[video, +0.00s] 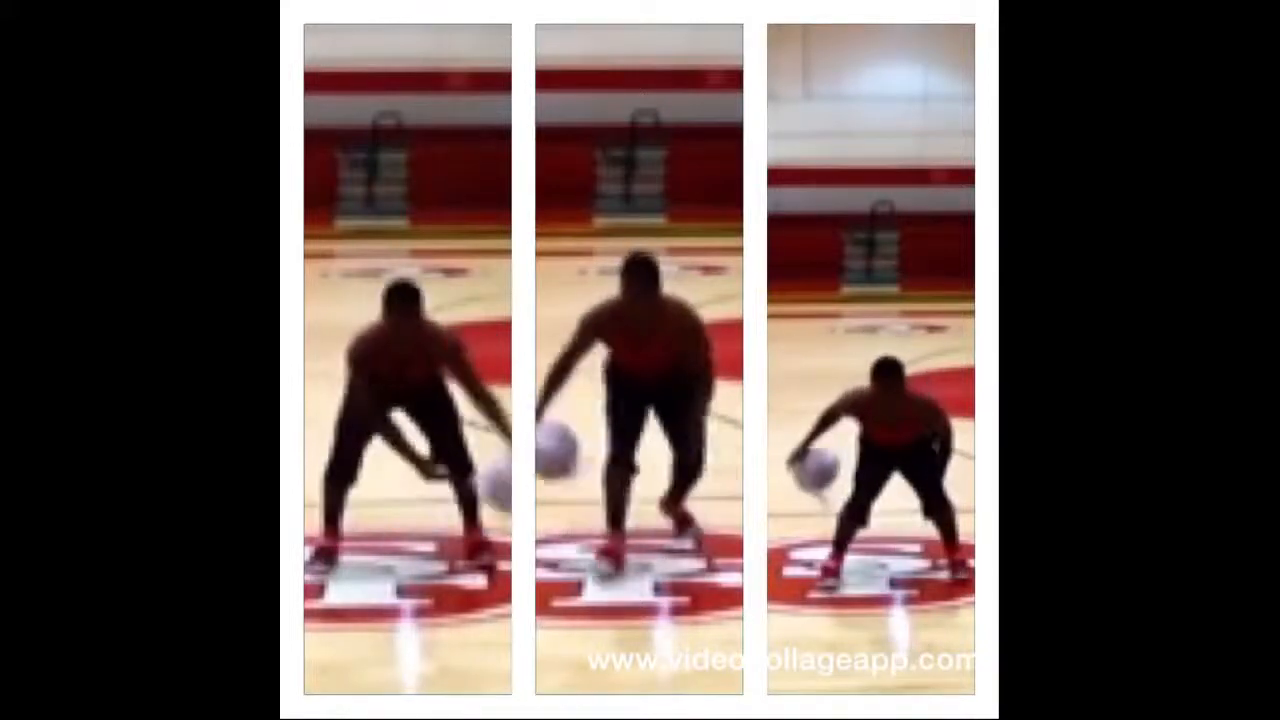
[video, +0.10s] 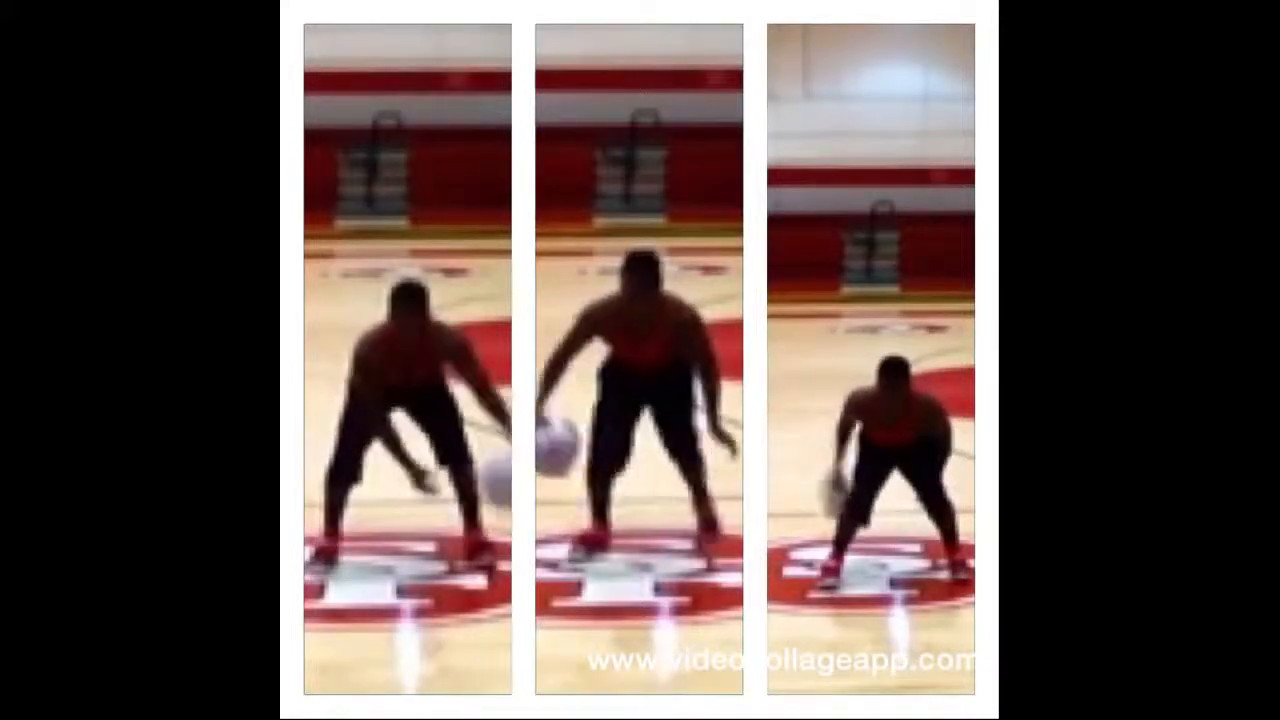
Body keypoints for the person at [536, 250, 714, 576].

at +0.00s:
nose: (638, 301)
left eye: (644, 294)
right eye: (632, 293)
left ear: (656, 290)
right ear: (622, 288)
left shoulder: (681, 319)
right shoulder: (606, 318)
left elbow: (704, 371)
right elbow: (566, 362)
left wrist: (698, 408)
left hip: (675, 385)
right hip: (627, 385)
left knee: (692, 460)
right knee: (620, 460)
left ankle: (673, 503)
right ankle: (615, 536)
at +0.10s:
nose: (637, 301)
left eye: (645, 292)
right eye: (631, 291)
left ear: (658, 288)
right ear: (622, 285)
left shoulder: (681, 317)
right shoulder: (602, 315)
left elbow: (708, 367)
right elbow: (563, 356)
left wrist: (713, 420)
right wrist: (539, 403)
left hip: (670, 378)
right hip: (622, 378)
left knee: (684, 450)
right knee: (604, 455)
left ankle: (705, 515)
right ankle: (600, 525)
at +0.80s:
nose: (647, 295)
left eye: (654, 287)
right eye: (642, 286)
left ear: (668, 286)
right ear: (634, 286)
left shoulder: (696, 323)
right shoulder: (623, 321)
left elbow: (703, 388)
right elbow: (604, 360)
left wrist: (684, 429)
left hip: (690, 392)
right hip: (646, 392)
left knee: (710, 469)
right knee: (640, 457)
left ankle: (695, 508)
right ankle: (613, 534)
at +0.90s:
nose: (649, 281)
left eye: (656, 272)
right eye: (643, 273)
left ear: (667, 272)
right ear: (632, 272)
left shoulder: (691, 306)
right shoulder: (616, 301)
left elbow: (723, 357)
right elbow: (583, 332)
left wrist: (712, 399)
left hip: (691, 377)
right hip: (645, 375)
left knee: (708, 455)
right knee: (628, 453)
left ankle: (701, 495)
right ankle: (618, 527)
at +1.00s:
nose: (651, 281)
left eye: (658, 274)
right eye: (645, 273)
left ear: (669, 274)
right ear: (636, 273)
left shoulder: (693, 310)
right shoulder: (615, 306)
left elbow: (723, 358)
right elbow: (579, 342)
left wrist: (722, 407)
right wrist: (560, 384)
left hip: (688, 376)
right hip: (643, 375)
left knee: (697, 445)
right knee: (615, 450)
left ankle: (723, 510)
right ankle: (620, 516)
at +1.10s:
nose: (657, 294)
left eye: (664, 286)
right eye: (651, 286)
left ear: (675, 288)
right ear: (642, 286)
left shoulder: (696, 327)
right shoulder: (619, 327)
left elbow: (716, 381)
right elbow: (611, 381)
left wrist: (711, 425)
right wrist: (613, 429)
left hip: (686, 393)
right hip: (641, 390)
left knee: (697, 461)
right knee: (595, 457)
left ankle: (724, 532)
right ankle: (618, 519)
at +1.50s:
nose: (669, 288)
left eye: (675, 279)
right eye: (661, 280)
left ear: (684, 279)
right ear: (649, 281)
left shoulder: (706, 313)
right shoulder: (631, 321)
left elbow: (727, 363)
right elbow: (607, 377)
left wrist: (741, 408)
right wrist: (610, 432)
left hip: (692, 382)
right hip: (647, 385)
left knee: (720, 447)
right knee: (642, 455)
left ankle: (695, 497)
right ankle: (631, 530)